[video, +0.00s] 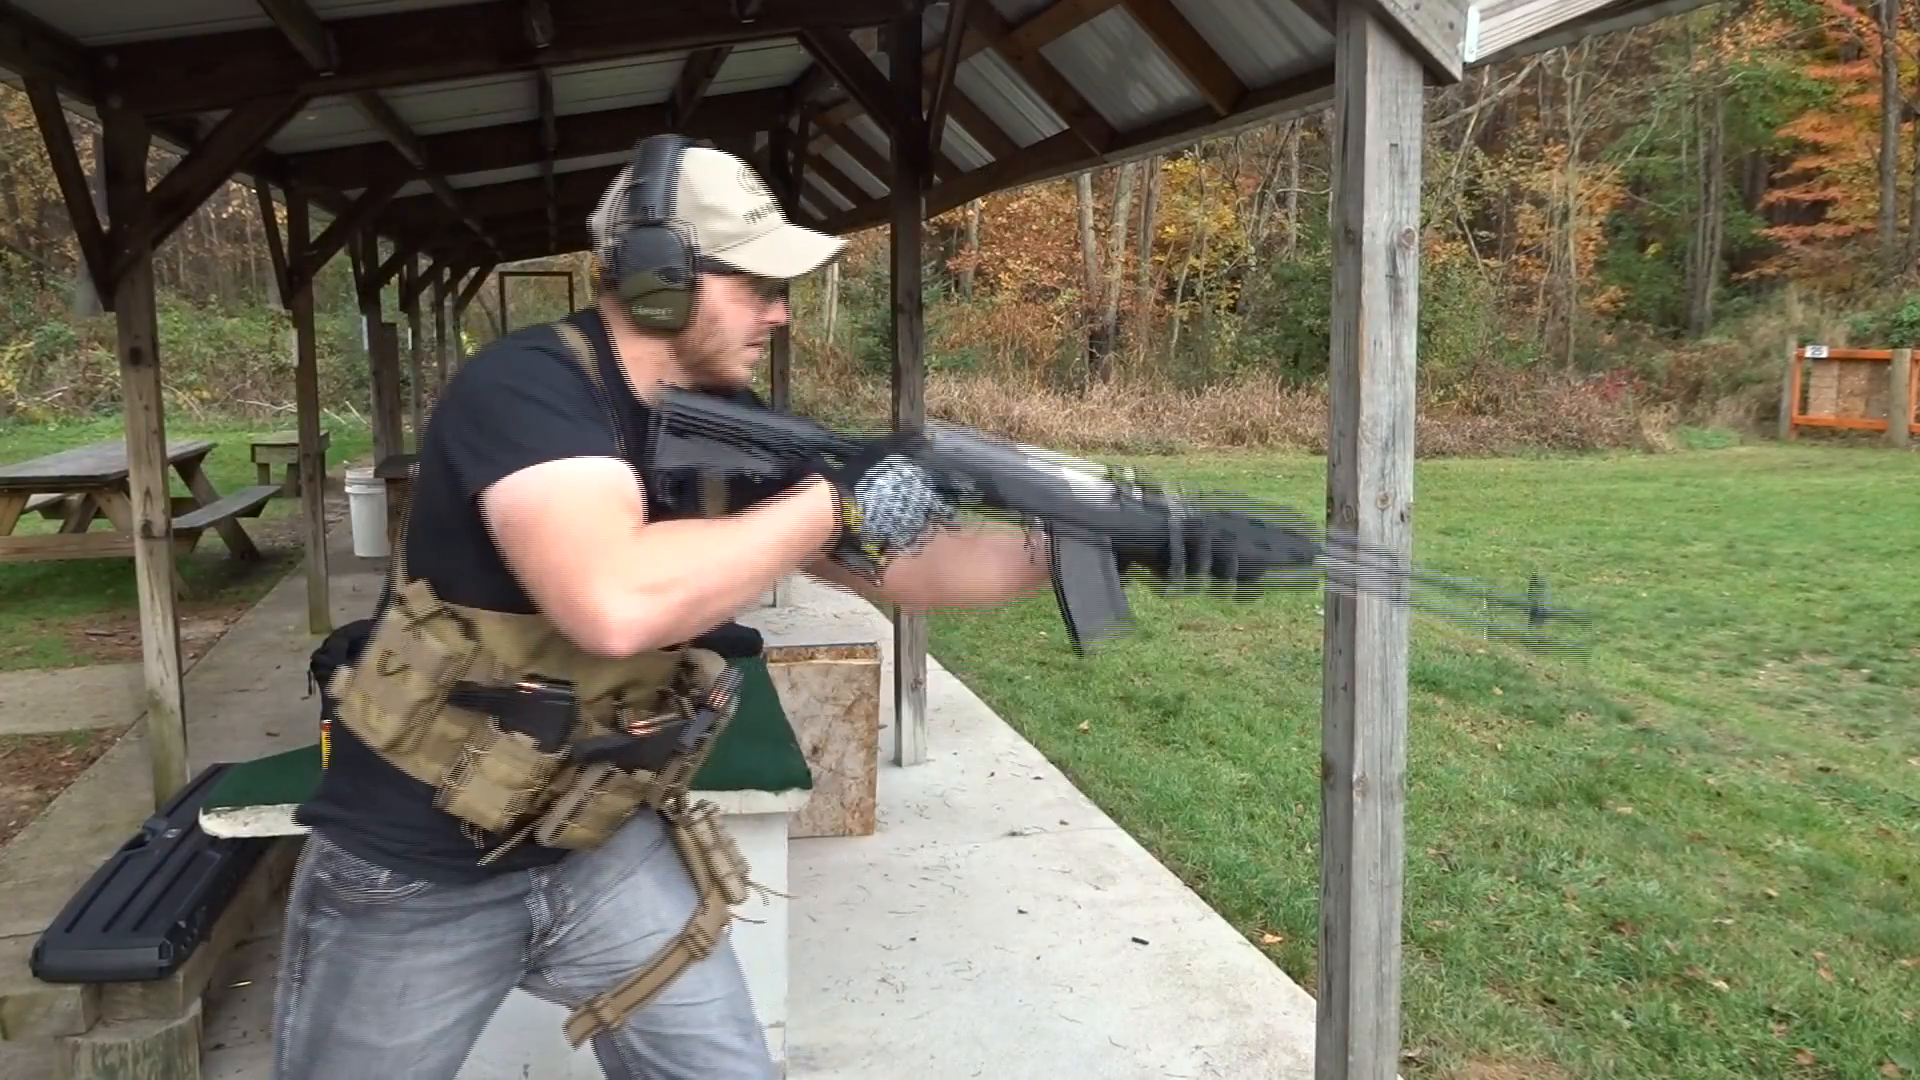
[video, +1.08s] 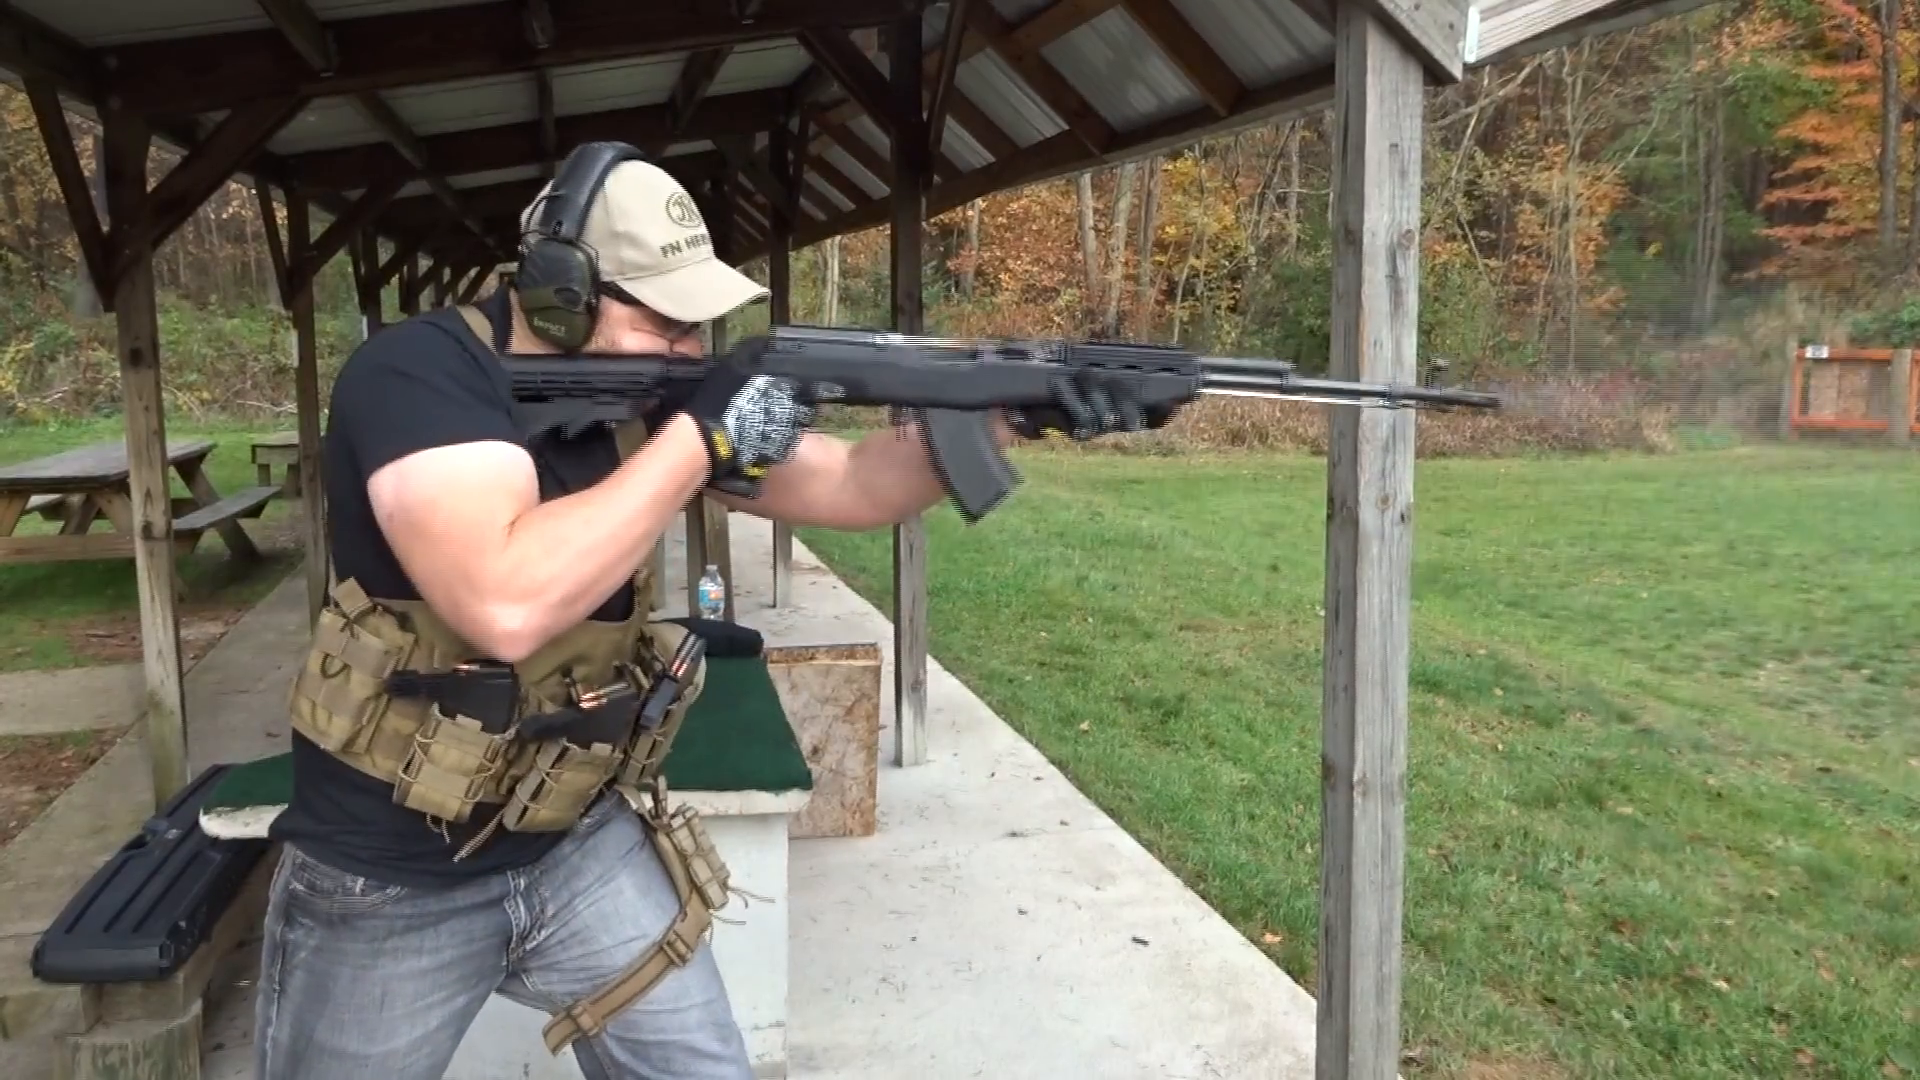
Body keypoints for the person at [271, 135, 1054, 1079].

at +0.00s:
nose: (781, 318)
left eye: (782, 293)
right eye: (759, 291)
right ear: (669, 279)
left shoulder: (714, 427)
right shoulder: (517, 388)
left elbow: (891, 564)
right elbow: (617, 602)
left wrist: (1077, 543)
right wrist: (833, 505)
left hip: (608, 845)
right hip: (415, 874)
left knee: (730, 1063)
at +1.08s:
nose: (686, 347)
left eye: (692, 324)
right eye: (661, 320)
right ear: (563, 294)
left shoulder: (639, 401)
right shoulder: (411, 377)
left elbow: (855, 481)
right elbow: (508, 602)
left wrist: (1024, 404)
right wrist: (699, 429)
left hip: (585, 842)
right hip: (389, 881)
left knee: (705, 1068)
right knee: (327, 1077)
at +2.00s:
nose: (671, 349)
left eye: (677, 327)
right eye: (644, 324)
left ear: (670, 306)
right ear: (547, 300)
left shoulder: (632, 394)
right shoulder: (399, 378)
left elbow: (839, 480)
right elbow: (494, 597)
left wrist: (1021, 405)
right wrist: (692, 427)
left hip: (580, 843)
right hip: (387, 885)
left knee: (702, 1064)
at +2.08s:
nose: (673, 351)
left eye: (680, 329)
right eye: (648, 326)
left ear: (674, 310)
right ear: (551, 302)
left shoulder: (636, 392)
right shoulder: (400, 377)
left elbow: (842, 481)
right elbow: (490, 600)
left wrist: (1014, 407)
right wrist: (691, 431)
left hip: (580, 844)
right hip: (388, 887)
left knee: (703, 1065)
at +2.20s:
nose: (668, 350)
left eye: (674, 327)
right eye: (641, 326)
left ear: (668, 303)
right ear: (542, 303)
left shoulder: (627, 397)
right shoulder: (394, 379)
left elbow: (835, 479)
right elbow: (489, 598)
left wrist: (1015, 402)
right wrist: (689, 429)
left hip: (578, 844)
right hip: (387, 889)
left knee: (702, 1062)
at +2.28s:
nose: (668, 353)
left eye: (675, 330)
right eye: (642, 328)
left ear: (669, 303)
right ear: (546, 302)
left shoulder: (632, 394)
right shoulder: (395, 378)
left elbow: (837, 481)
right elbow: (484, 599)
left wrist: (1010, 406)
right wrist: (688, 432)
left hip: (580, 844)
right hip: (387, 886)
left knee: (702, 1064)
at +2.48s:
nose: (665, 356)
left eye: (672, 332)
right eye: (639, 329)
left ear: (664, 304)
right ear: (542, 301)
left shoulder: (625, 397)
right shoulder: (389, 379)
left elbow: (838, 480)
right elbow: (477, 602)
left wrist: (1015, 401)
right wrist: (685, 432)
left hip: (579, 846)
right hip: (385, 888)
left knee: (702, 1064)